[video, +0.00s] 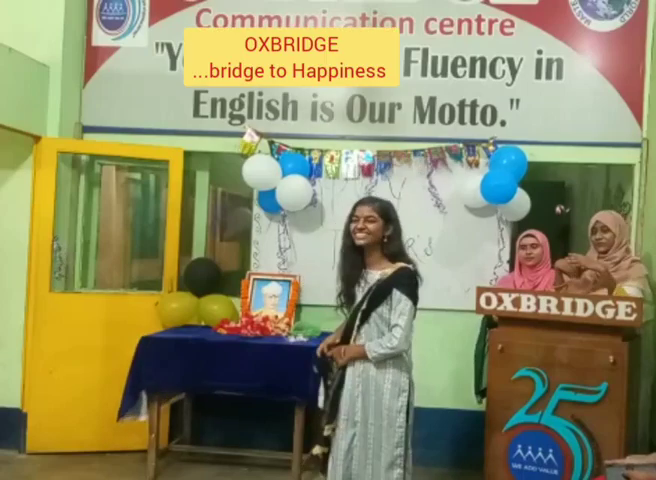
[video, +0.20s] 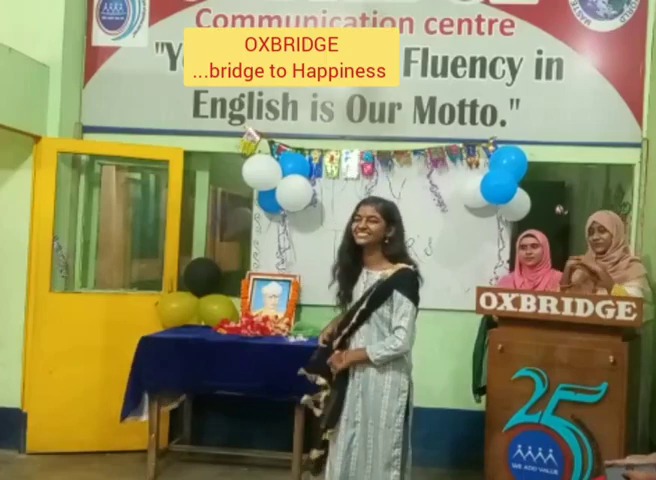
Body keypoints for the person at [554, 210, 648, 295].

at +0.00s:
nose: (598, 237)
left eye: (605, 231)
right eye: (594, 231)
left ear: (619, 233)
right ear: (589, 236)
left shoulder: (634, 268)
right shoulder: (580, 264)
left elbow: (625, 302)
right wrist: (557, 269)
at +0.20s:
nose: (595, 237)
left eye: (602, 231)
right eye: (591, 232)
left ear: (616, 233)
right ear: (587, 237)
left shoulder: (632, 267)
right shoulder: (581, 265)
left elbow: (637, 303)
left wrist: (610, 285)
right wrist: (566, 277)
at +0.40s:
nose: (591, 240)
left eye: (598, 234)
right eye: (588, 235)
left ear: (613, 235)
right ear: (584, 238)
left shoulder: (632, 267)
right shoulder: (583, 267)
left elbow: (633, 304)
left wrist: (604, 270)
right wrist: (574, 274)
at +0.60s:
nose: (591, 243)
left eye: (598, 236)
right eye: (588, 237)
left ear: (613, 236)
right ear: (585, 238)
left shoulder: (633, 267)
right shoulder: (583, 268)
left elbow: (634, 305)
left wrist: (605, 270)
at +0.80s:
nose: (594, 243)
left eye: (600, 236)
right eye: (590, 237)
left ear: (616, 237)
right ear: (587, 239)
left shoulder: (635, 268)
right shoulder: (586, 268)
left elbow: (634, 305)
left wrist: (606, 270)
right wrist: (578, 278)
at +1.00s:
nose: (593, 243)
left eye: (599, 236)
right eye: (589, 237)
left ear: (614, 236)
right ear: (586, 239)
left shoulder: (633, 267)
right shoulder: (585, 268)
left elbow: (636, 303)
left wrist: (606, 269)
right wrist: (577, 275)